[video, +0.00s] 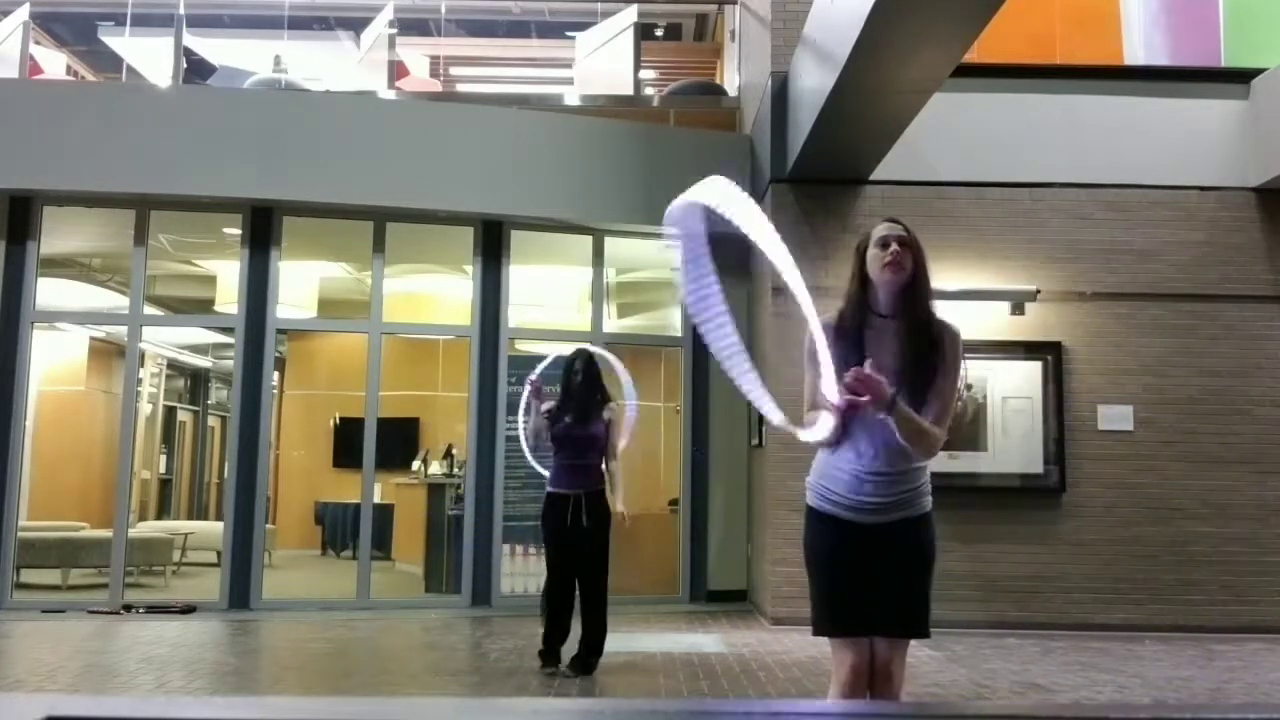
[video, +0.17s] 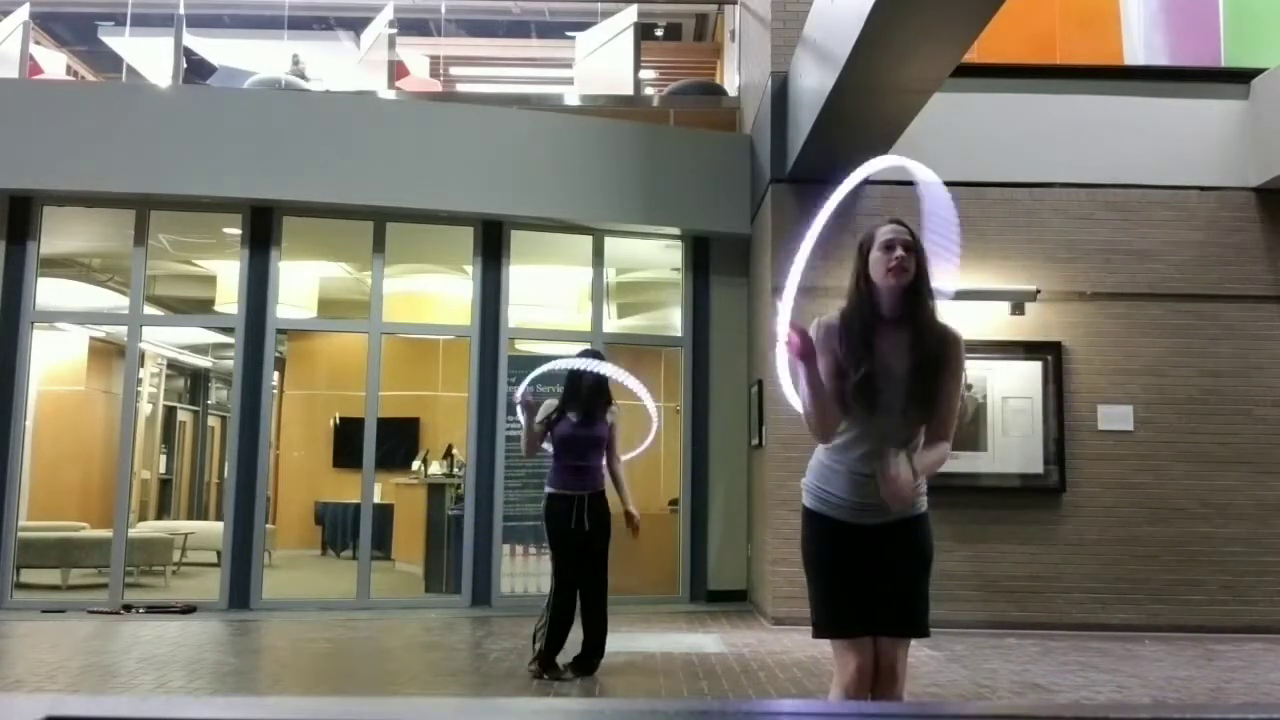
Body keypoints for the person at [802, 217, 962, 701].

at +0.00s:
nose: (895, 249)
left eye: (904, 244)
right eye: (882, 244)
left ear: (917, 263)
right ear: (864, 263)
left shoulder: (942, 338)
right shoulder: (829, 334)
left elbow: (931, 443)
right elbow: (819, 430)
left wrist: (888, 402)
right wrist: (838, 410)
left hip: (905, 513)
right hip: (835, 511)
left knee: (888, 669)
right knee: (853, 666)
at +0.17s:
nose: (899, 254)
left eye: (908, 248)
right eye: (888, 247)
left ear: (919, 264)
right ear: (867, 264)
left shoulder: (943, 342)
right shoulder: (833, 332)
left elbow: (941, 441)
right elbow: (825, 430)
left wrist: (914, 469)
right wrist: (805, 368)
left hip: (902, 511)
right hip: (834, 508)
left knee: (891, 666)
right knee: (857, 667)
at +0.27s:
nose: (902, 254)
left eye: (911, 247)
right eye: (889, 247)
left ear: (921, 263)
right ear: (868, 262)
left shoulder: (942, 344)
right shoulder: (833, 328)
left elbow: (937, 451)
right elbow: (789, 404)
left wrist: (932, 527)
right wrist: (786, 335)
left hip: (899, 513)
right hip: (832, 510)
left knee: (889, 668)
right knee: (856, 669)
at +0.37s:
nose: (901, 255)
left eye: (911, 247)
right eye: (889, 246)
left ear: (923, 262)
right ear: (868, 259)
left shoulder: (940, 341)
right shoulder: (827, 325)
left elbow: (948, 440)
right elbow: (743, 367)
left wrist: (957, 531)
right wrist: (769, 306)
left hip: (901, 512)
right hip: (833, 509)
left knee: (890, 670)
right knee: (855, 672)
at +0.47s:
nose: (901, 256)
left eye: (910, 249)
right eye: (888, 248)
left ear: (920, 261)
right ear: (866, 260)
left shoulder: (932, 333)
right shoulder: (830, 314)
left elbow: (959, 424)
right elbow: (732, 327)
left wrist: (979, 493)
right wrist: (769, 290)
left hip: (900, 509)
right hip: (831, 508)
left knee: (888, 671)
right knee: (853, 674)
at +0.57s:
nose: (898, 261)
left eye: (907, 251)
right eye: (886, 252)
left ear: (918, 262)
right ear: (863, 261)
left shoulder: (931, 332)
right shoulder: (829, 313)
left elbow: (983, 403)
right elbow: (731, 313)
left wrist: (1025, 462)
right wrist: (759, 287)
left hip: (895, 504)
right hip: (827, 502)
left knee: (887, 670)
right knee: (850, 670)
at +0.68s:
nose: (895, 267)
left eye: (906, 259)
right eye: (884, 256)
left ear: (915, 270)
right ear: (861, 263)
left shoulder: (925, 328)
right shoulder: (825, 315)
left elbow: (991, 366)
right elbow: (748, 309)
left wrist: (1052, 398)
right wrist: (744, 334)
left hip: (890, 512)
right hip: (824, 509)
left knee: (884, 667)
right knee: (843, 670)